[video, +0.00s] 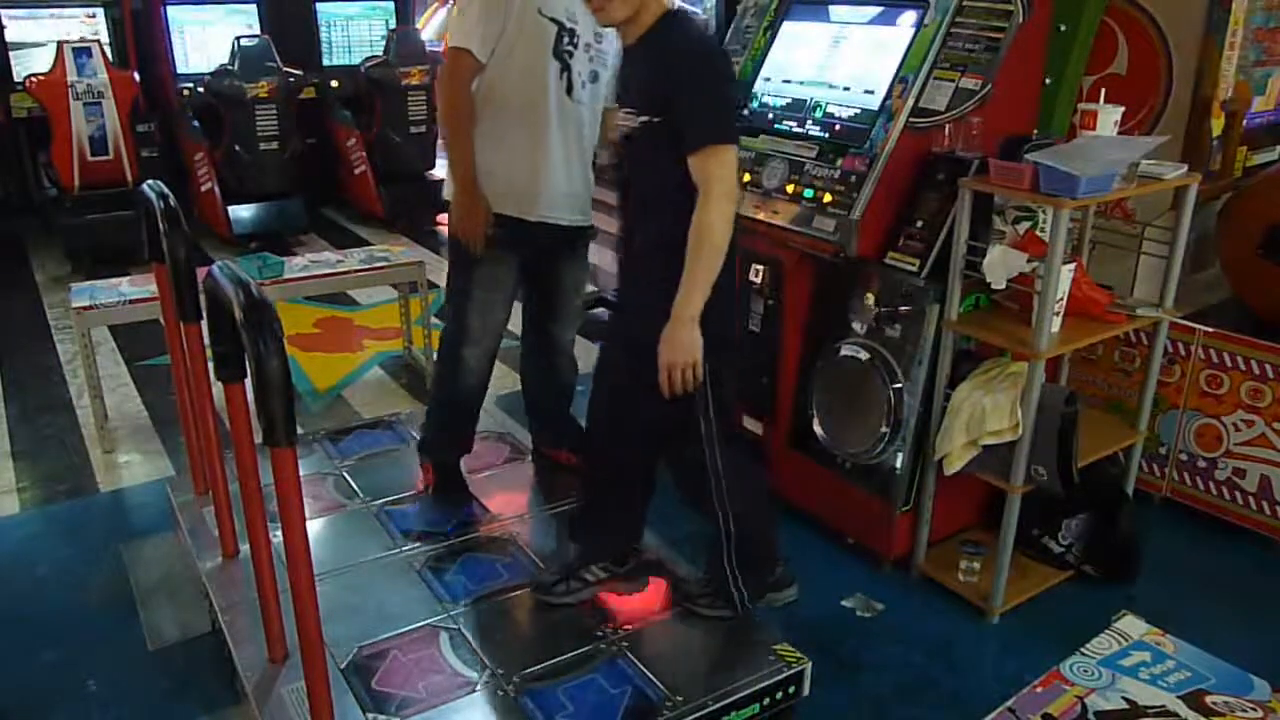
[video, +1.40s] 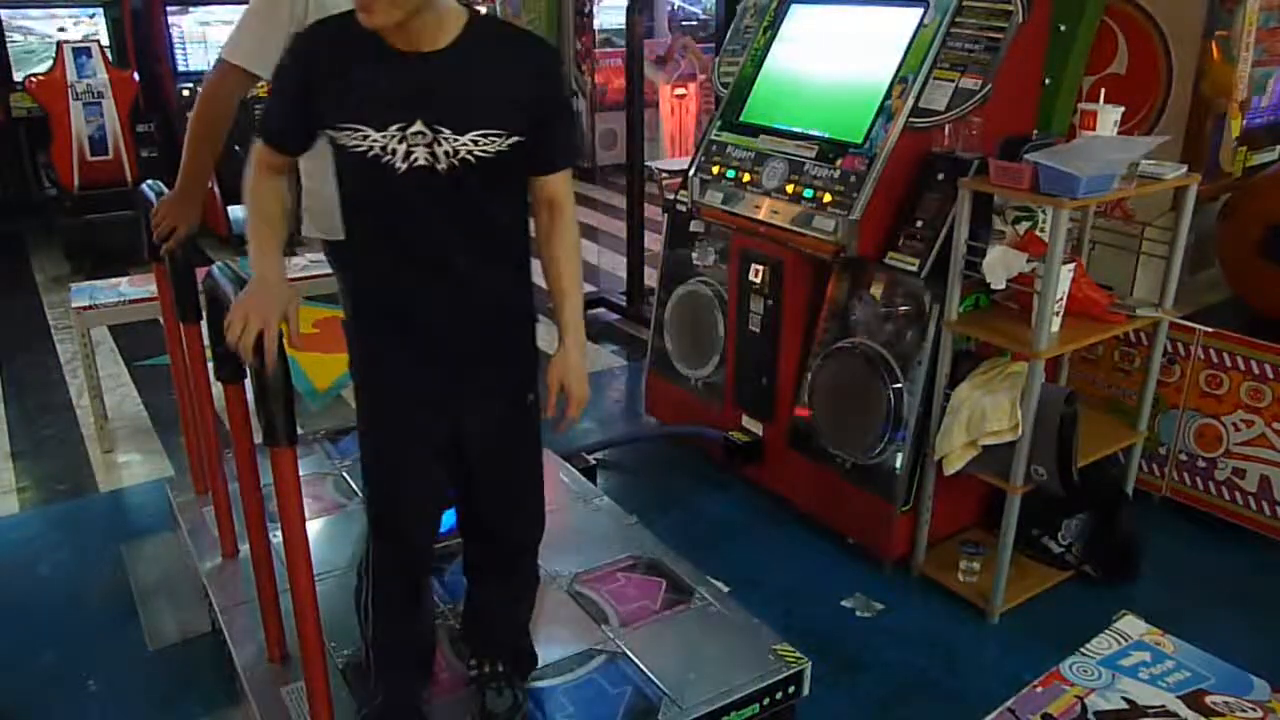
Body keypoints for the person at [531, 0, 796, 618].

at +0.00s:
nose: (593, 3)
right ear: (606, 4)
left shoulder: (693, 55)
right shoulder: (634, 54)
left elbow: (719, 195)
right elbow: (646, 182)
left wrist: (686, 317)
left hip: (686, 300)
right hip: (640, 293)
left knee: (706, 444)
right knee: (615, 427)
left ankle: (755, 567)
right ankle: (610, 549)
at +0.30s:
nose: (526, 2)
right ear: (541, 2)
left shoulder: (641, 53)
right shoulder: (550, 56)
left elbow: (672, 186)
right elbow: (553, 177)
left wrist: (645, 314)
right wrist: (524, 268)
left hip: (620, 294)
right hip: (564, 286)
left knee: (607, 444)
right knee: (568, 435)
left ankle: (671, 553)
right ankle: (603, 556)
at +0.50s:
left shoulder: (615, 53)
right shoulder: (499, 48)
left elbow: (649, 189)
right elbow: (490, 165)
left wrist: (623, 311)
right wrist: (453, 265)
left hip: (594, 284)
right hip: (524, 277)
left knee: (564, 452)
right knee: (553, 431)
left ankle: (566, 600)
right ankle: (604, 548)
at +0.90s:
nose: (436, 0)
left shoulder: (576, 70)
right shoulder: (423, 49)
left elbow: (606, 214)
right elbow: (418, 166)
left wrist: (613, 344)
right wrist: (380, 277)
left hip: (539, 321)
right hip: (452, 313)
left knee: (514, 502)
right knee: (460, 458)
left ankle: (499, 654)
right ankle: (557, 529)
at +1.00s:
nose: (425, 4)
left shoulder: (570, 70)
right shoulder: (408, 45)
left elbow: (599, 216)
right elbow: (395, 166)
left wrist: (600, 346)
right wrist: (357, 267)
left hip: (531, 325)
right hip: (436, 319)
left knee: (514, 505)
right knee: (436, 481)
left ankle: (501, 661)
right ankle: (529, 541)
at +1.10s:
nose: (413, 7)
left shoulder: (559, 69)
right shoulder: (388, 43)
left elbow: (590, 214)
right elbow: (366, 167)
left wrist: (588, 345)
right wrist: (323, 250)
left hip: (521, 327)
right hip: (423, 322)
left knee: (514, 497)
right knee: (428, 489)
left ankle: (506, 661)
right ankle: (455, 624)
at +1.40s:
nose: (359, 3)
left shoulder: (526, 63)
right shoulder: (322, 55)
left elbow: (554, 206)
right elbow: (270, 166)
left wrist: (571, 336)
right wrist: (266, 277)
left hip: (497, 340)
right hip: (389, 346)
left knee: (510, 523)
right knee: (398, 533)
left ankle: (501, 666)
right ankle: (395, 694)